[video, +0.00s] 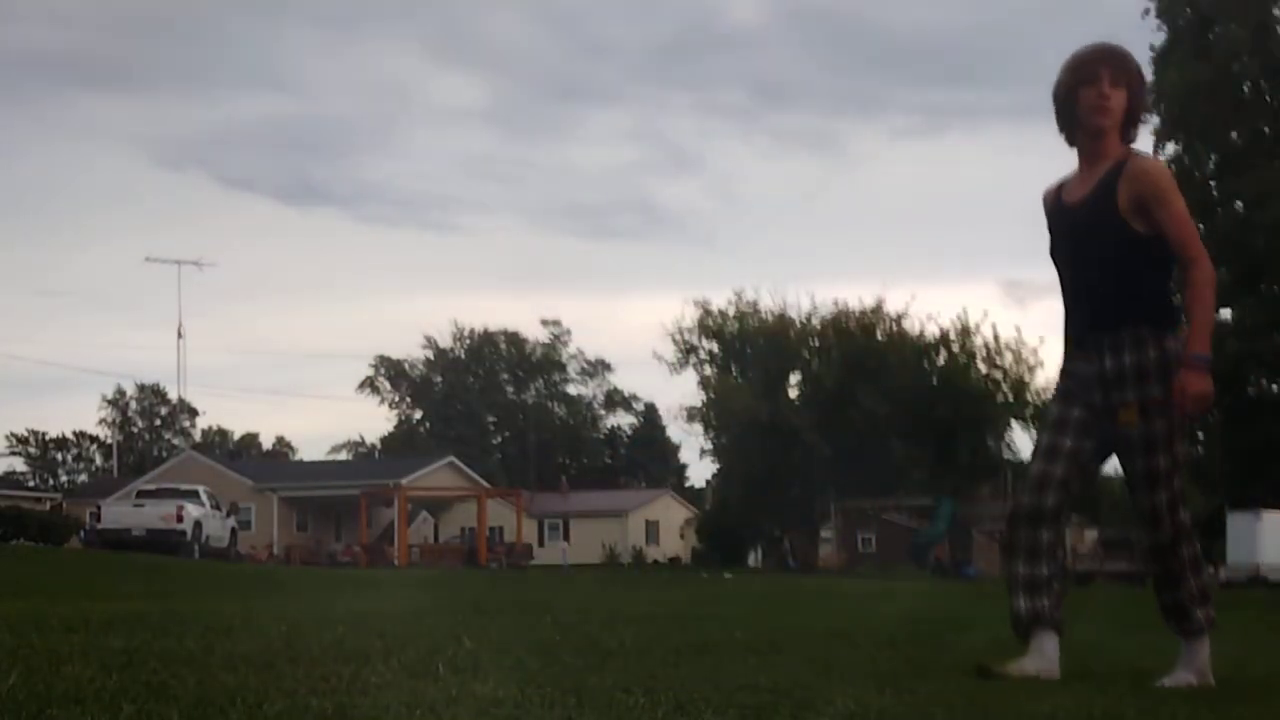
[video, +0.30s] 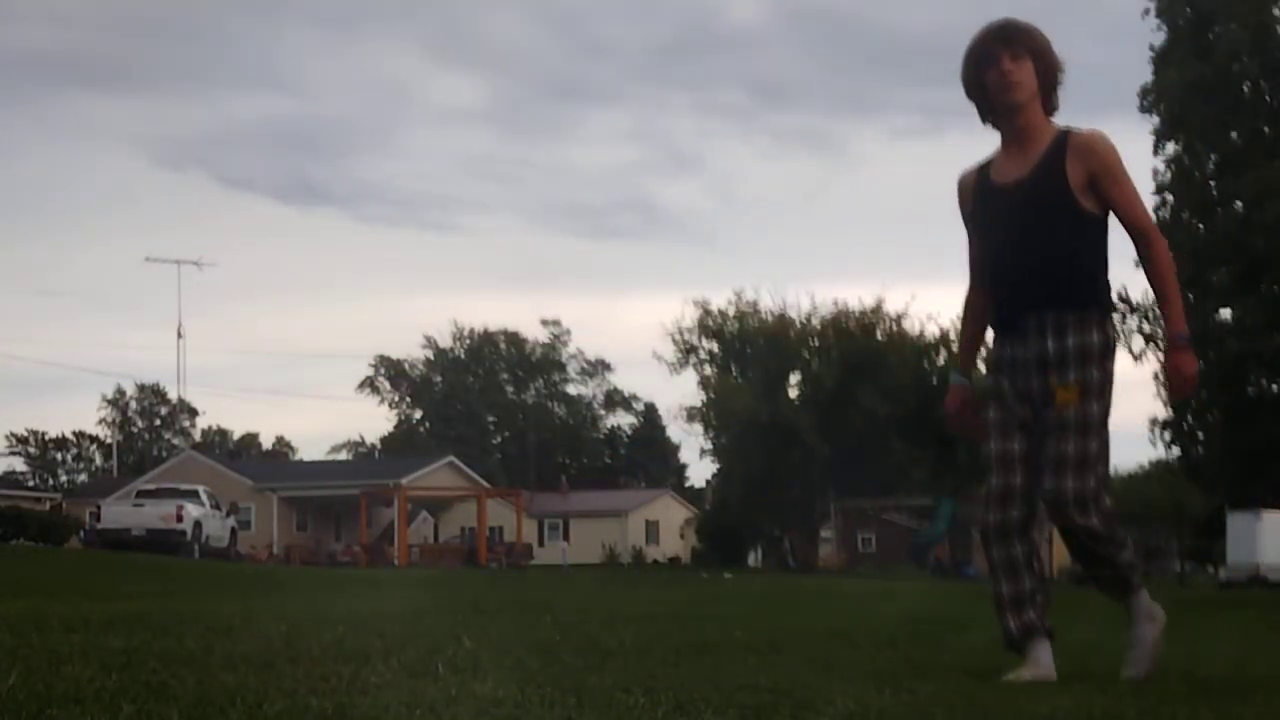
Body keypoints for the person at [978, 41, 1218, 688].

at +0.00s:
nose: (1101, 94)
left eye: (1114, 86)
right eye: (1088, 85)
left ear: (1131, 101)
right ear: (1067, 102)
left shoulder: (1144, 172)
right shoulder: (1057, 197)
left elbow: (1198, 264)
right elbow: (1080, 290)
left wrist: (1196, 358)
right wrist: (1075, 366)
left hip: (1147, 357)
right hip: (1083, 365)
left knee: (1161, 506)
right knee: (1039, 496)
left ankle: (1196, 655)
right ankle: (1043, 649)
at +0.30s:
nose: (1005, 71)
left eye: (1016, 59)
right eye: (990, 66)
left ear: (1043, 73)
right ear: (977, 91)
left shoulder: (1086, 150)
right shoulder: (975, 185)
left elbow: (1149, 238)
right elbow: (980, 284)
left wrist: (1178, 337)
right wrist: (963, 370)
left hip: (1079, 340)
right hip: (1010, 350)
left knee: (1073, 497)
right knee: (1004, 506)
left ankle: (1142, 608)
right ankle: (1034, 654)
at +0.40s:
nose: (987, 58)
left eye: (999, 46)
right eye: (973, 53)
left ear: (1026, 59)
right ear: (960, 74)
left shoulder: (1071, 141)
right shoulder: (952, 172)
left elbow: (1128, 231)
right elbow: (951, 272)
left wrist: (1145, 328)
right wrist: (919, 356)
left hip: (1059, 331)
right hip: (993, 339)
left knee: (1038, 477)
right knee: (997, 493)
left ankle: (1082, 595)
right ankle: (1032, 646)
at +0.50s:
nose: (974, 53)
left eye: (986, 40)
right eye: (960, 46)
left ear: (1012, 54)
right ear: (945, 68)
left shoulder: (1056, 139)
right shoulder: (932, 162)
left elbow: (1104, 234)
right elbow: (921, 265)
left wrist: (1109, 327)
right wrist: (879, 334)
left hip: (1041, 327)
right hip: (973, 336)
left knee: (1017, 474)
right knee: (987, 486)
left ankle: (1019, 627)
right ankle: (1032, 641)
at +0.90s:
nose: (916, 9)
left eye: (930, 0)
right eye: (904, 2)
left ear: (955, 16)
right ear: (887, 18)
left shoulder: (989, 111)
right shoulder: (853, 118)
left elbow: (1026, 225)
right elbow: (842, 228)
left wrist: (1032, 326)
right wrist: (819, 319)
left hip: (957, 310)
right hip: (881, 314)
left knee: (942, 479)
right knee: (879, 483)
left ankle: (952, 632)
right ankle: (957, 600)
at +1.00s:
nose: (897, 2)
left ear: (934, 9)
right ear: (861, 11)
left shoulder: (968, 100)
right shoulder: (829, 108)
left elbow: (1009, 211)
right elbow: (821, 222)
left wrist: (1024, 310)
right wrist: (806, 317)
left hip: (939, 301)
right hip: (856, 306)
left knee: (942, 478)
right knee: (834, 478)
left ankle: (951, 631)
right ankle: (880, 596)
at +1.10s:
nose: (870, 2)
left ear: (903, 8)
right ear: (832, 11)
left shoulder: (945, 91)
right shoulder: (800, 103)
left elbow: (986, 199)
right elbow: (793, 217)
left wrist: (1010, 286)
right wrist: (779, 316)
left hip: (917, 298)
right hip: (830, 303)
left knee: (934, 477)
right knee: (802, 470)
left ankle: (948, 636)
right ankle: (779, 623)